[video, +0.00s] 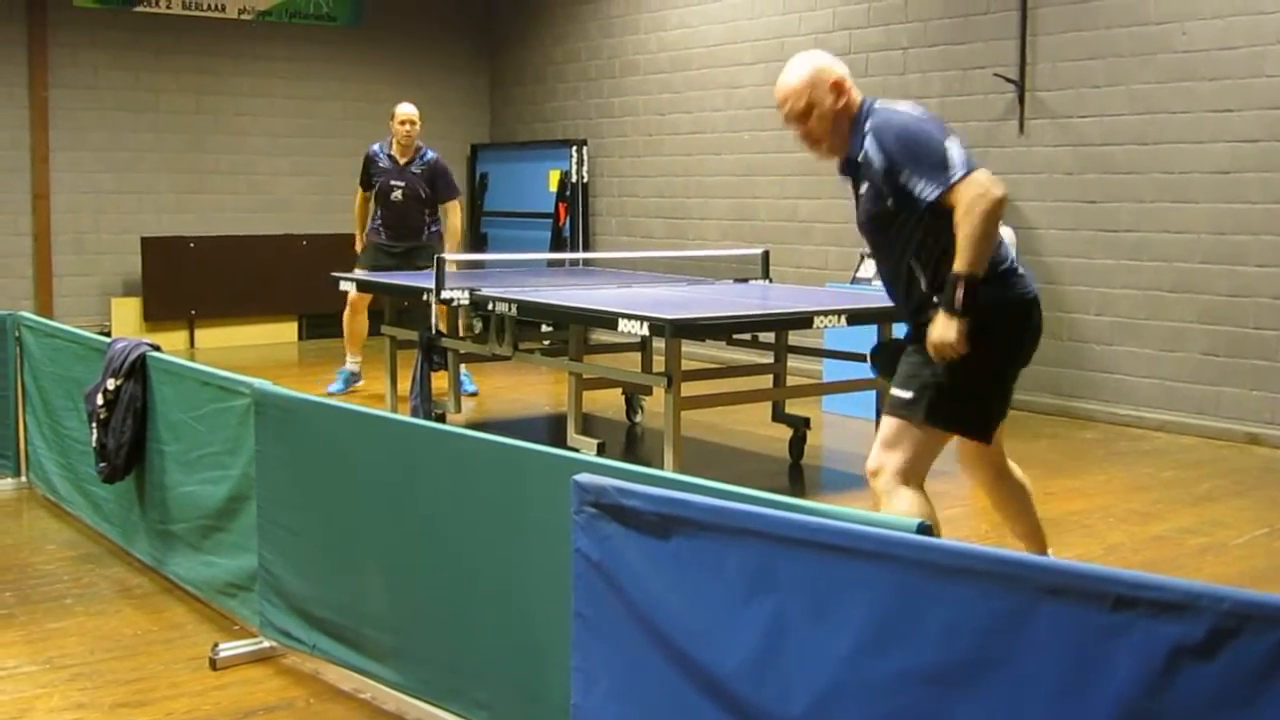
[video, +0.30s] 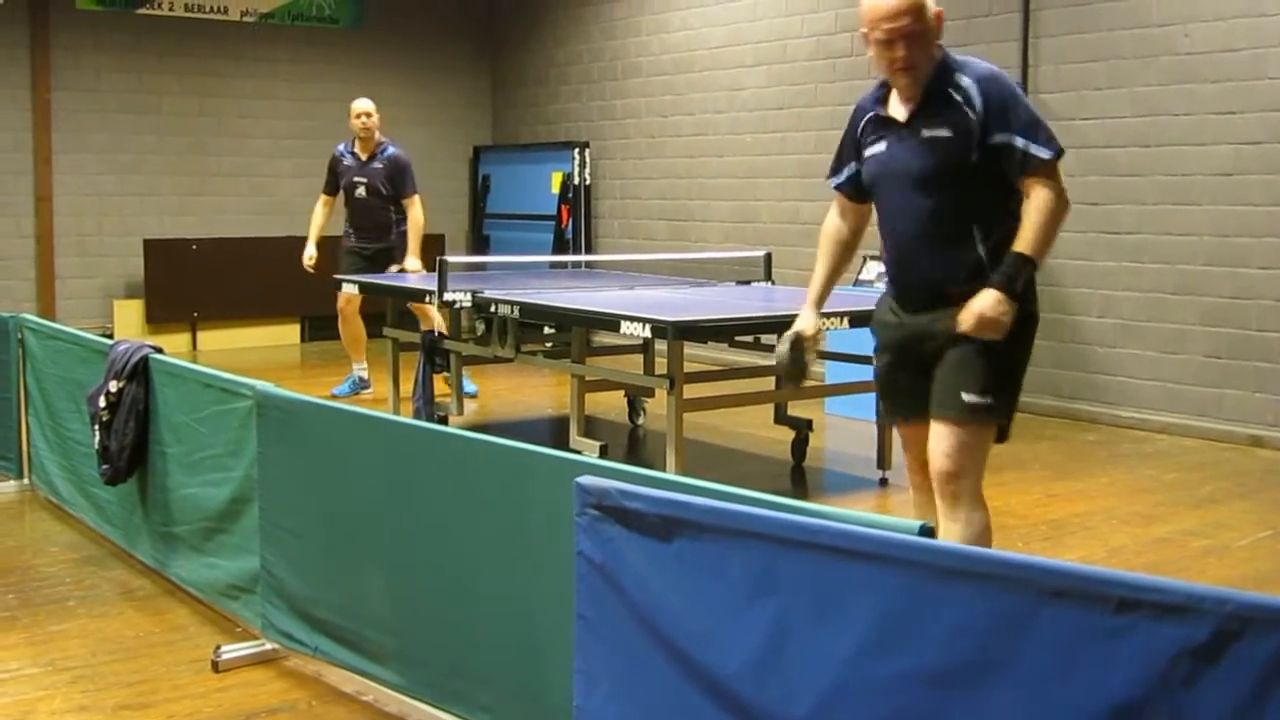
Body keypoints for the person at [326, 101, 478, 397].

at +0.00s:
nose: (408, 129)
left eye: (413, 123)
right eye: (402, 123)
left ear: (420, 128)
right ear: (391, 126)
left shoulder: (432, 163)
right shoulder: (375, 156)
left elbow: (453, 209)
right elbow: (364, 196)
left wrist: (452, 256)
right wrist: (359, 236)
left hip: (423, 246)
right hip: (380, 244)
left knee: (445, 301)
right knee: (355, 299)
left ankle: (455, 367)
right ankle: (352, 368)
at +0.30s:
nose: (364, 120)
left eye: (369, 115)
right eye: (358, 116)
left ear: (378, 119)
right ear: (350, 123)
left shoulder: (395, 159)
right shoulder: (341, 158)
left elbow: (414, 209)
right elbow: (325, 202)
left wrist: (413, 256)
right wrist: (311, 243)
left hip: (394, 247)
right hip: (355, 246)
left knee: (422, 305)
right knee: (346, 305)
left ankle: (452, 369)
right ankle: (360, 376)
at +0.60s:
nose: (346, 109)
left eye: (350, 104)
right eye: (339, 105)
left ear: (360, 109)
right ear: (332, 114)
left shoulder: (378, 150)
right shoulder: (323, 151)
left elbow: (400, 198)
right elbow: (307, 197)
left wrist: (382, 219)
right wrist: (298, 235)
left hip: (376, 236)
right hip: (339, 239)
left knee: (376, 300)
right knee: (345, 306)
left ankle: (385, 376)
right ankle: (361, 375)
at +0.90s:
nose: (343, 111)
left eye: (348, 106)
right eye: (337, 107)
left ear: (358, 112)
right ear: (329, 116)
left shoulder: (375, 154)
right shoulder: (319, 154)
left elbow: (395, 204)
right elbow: (303, 202)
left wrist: (379, 233)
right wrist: (299, 245)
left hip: (362, 243)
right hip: (327, 244)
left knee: (353, 309)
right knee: (341, 314)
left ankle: (343, 385)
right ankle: (364, 375)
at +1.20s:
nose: (353, 110)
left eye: (359, 106)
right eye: (349, 105)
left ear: (367, 113)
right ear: (338, 110)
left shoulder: (377, 156)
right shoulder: (320, 145)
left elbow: (390, 207)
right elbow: (303, 192)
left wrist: (390, 258)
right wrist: (297, 234)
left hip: (361, 242)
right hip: (322, 241)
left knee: (353, 311)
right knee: (311, 310)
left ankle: (345, 388)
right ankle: (350, 357)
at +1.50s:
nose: (360, 113)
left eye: (365, 109)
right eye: (355, 107)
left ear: (370, 114)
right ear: (339, 110)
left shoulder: (379, 154)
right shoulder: (318, 147)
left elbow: (392, 204)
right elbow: (301, 196)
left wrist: (388, 249)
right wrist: (299, 244)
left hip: (363, 249)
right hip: (321, 246)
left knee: (356, 319)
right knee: (315, 315)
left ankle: (346, 390)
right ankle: (312, 390)